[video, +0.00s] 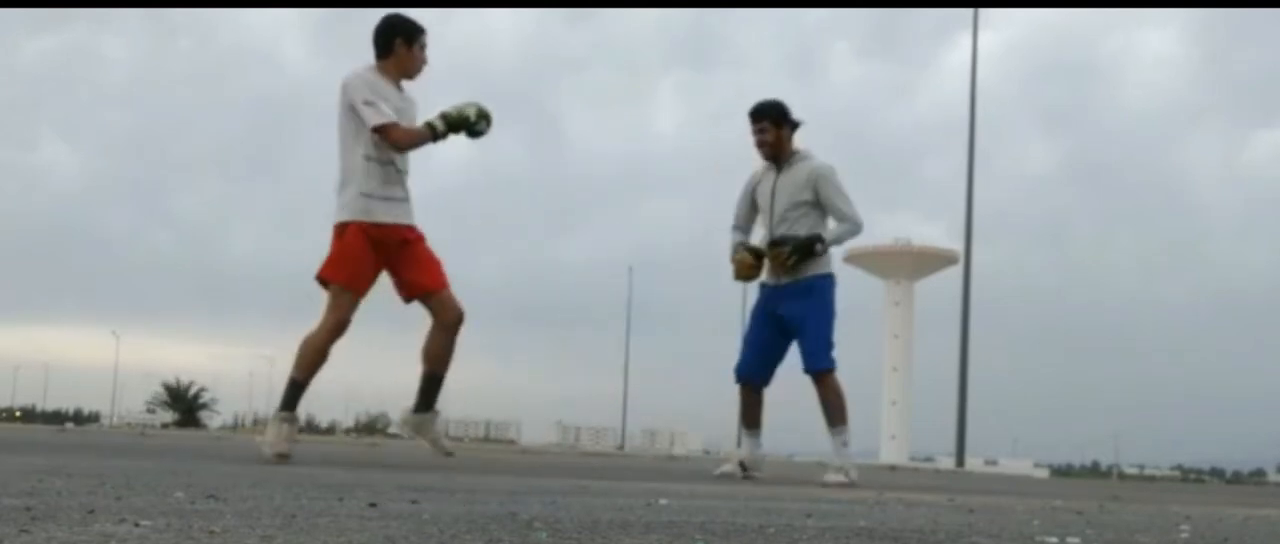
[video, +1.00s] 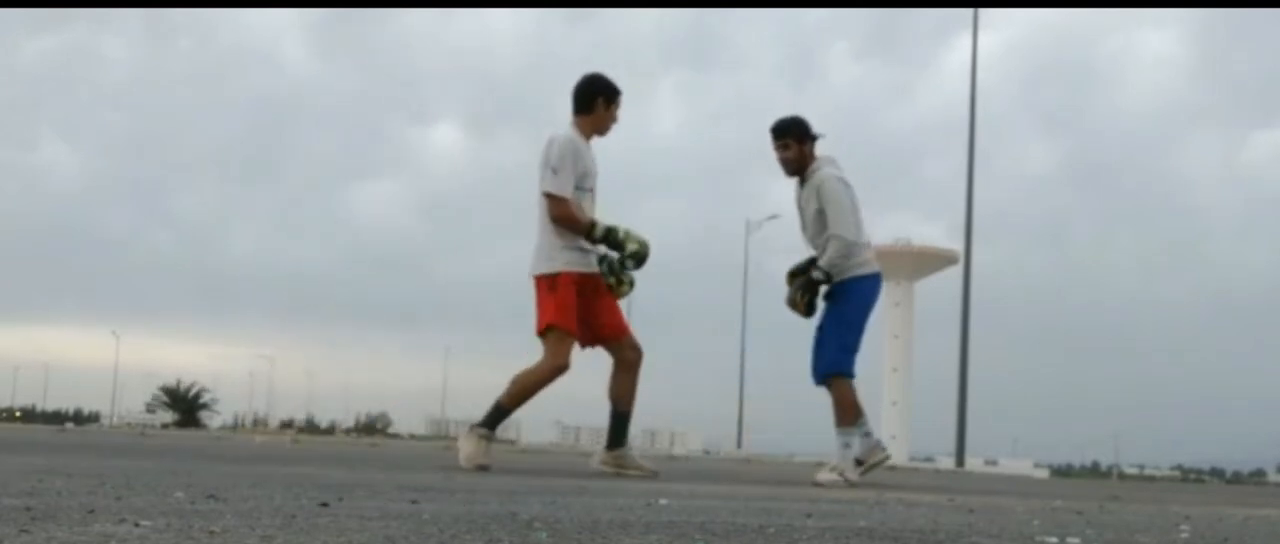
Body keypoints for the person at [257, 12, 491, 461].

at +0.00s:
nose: (425, 58)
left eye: (425, 50)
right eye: (421, 48)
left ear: (401, 49)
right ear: (399, 47)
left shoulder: (406, 100)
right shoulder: (360, 83)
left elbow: (401, 146)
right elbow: (396, 138)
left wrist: (449, 128)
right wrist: (443, 125)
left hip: (400, 226)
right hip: (360, 223)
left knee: (450, 315)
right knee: (335, 321)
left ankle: (422, 416)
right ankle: (284, 417)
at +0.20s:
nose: (467, 94)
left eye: (467, 86)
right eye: (462, 85)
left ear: (442, 85)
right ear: (441, 84)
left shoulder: (446, 139)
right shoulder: (398, 124)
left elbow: (427, 201)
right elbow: (426, 182)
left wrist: (450, 248)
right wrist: (479, 173)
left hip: (428, 261)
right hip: (386, 257)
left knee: (478, 345)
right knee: (367, 352)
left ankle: (506, 440)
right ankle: (305, 431)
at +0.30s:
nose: (495, 100)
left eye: (495, 91)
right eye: (491, 91)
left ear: (474, 91)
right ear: (471, 90)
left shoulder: (475, 141)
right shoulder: (431, 129)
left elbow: (460, 201)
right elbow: (441, 193)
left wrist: (479, 248)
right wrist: (498, 193)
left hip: (463, 267)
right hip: (425, 264)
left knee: (513, 345)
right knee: (393, 351)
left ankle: (520, 446)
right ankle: (314, 426)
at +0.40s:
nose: (524, 95)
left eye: (523, 87)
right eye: (520, 86)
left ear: (500, 87)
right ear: (500, 86)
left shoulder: (501, 138)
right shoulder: (460, 128)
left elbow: (489, 202)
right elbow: (463, 194)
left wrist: (509, 246)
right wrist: (519, 198)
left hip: (497, 263)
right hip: (462, 262)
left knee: (535, 349)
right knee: (432, 347)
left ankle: (524, 445)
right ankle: (357, 423)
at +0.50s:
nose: (544, 89)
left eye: (544, 81)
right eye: (540, 80)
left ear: (522, 80)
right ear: (520, 79)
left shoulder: (523, 131)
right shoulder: (480, 117)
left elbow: (505, 191)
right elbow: (474, 182)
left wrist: (532, 236)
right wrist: (528, 190)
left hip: (517, 247)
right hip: (481, 245)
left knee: (540, 343)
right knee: (470, 339)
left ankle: (526, 443)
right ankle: (416, 426)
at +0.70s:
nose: (573, 104)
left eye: (573, 95)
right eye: (570, 94)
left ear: (550, 92)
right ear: (552, 92)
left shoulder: (546, 146)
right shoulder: (510, 130)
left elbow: (532, 207)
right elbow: (504, 193)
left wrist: (561, 247)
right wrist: (558, 203)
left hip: (543, 256)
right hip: (509, 255)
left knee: (593, 339)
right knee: (516, 350)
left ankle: (569, 434)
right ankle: (468, 439)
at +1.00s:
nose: (615, 118)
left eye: (616, 110)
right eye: (613, 109)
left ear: (592, 107)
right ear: (597, 106)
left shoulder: (585, 153)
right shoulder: (564, 144)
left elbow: (577, 220)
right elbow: (559, 212)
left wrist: (607, 265)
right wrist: (611, 235)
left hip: (587, 272)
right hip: (558, 268)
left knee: (629, 353)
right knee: (556, 360)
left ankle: (616, 450)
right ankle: (480, 433)